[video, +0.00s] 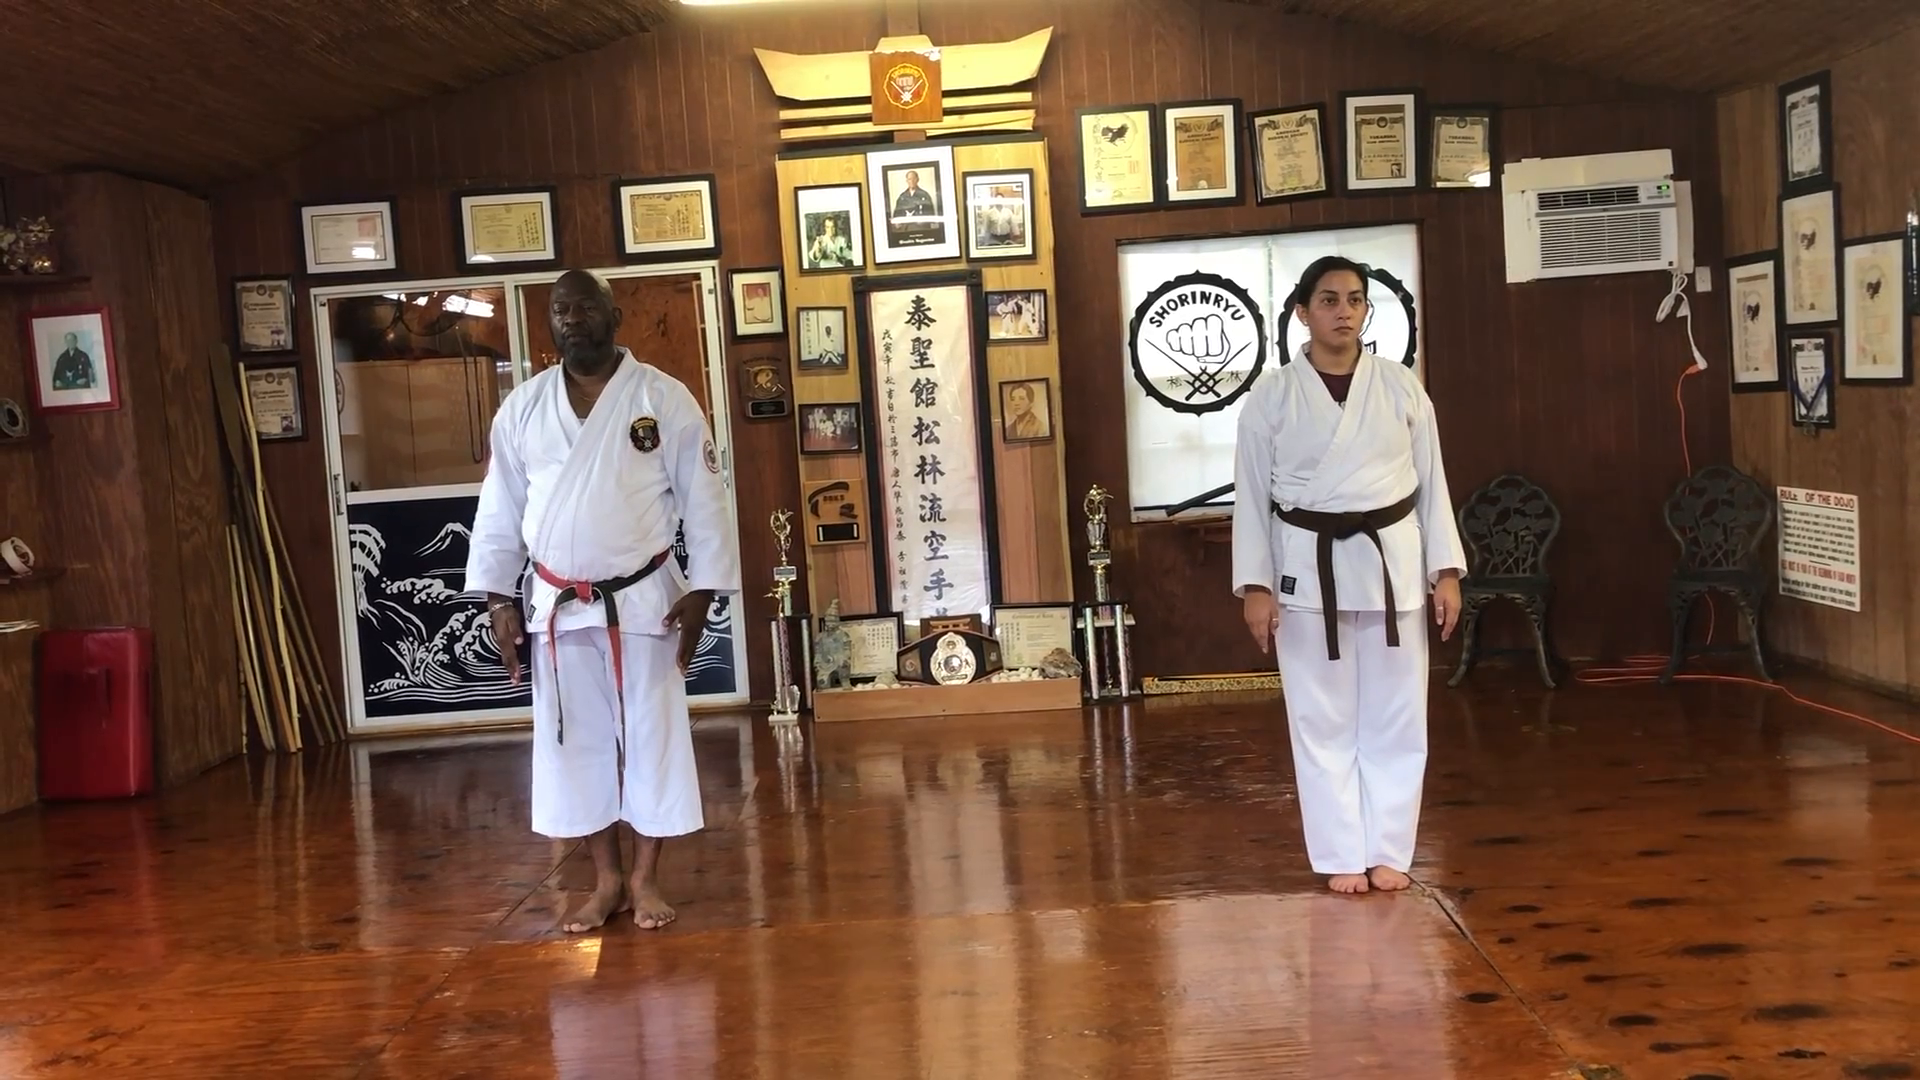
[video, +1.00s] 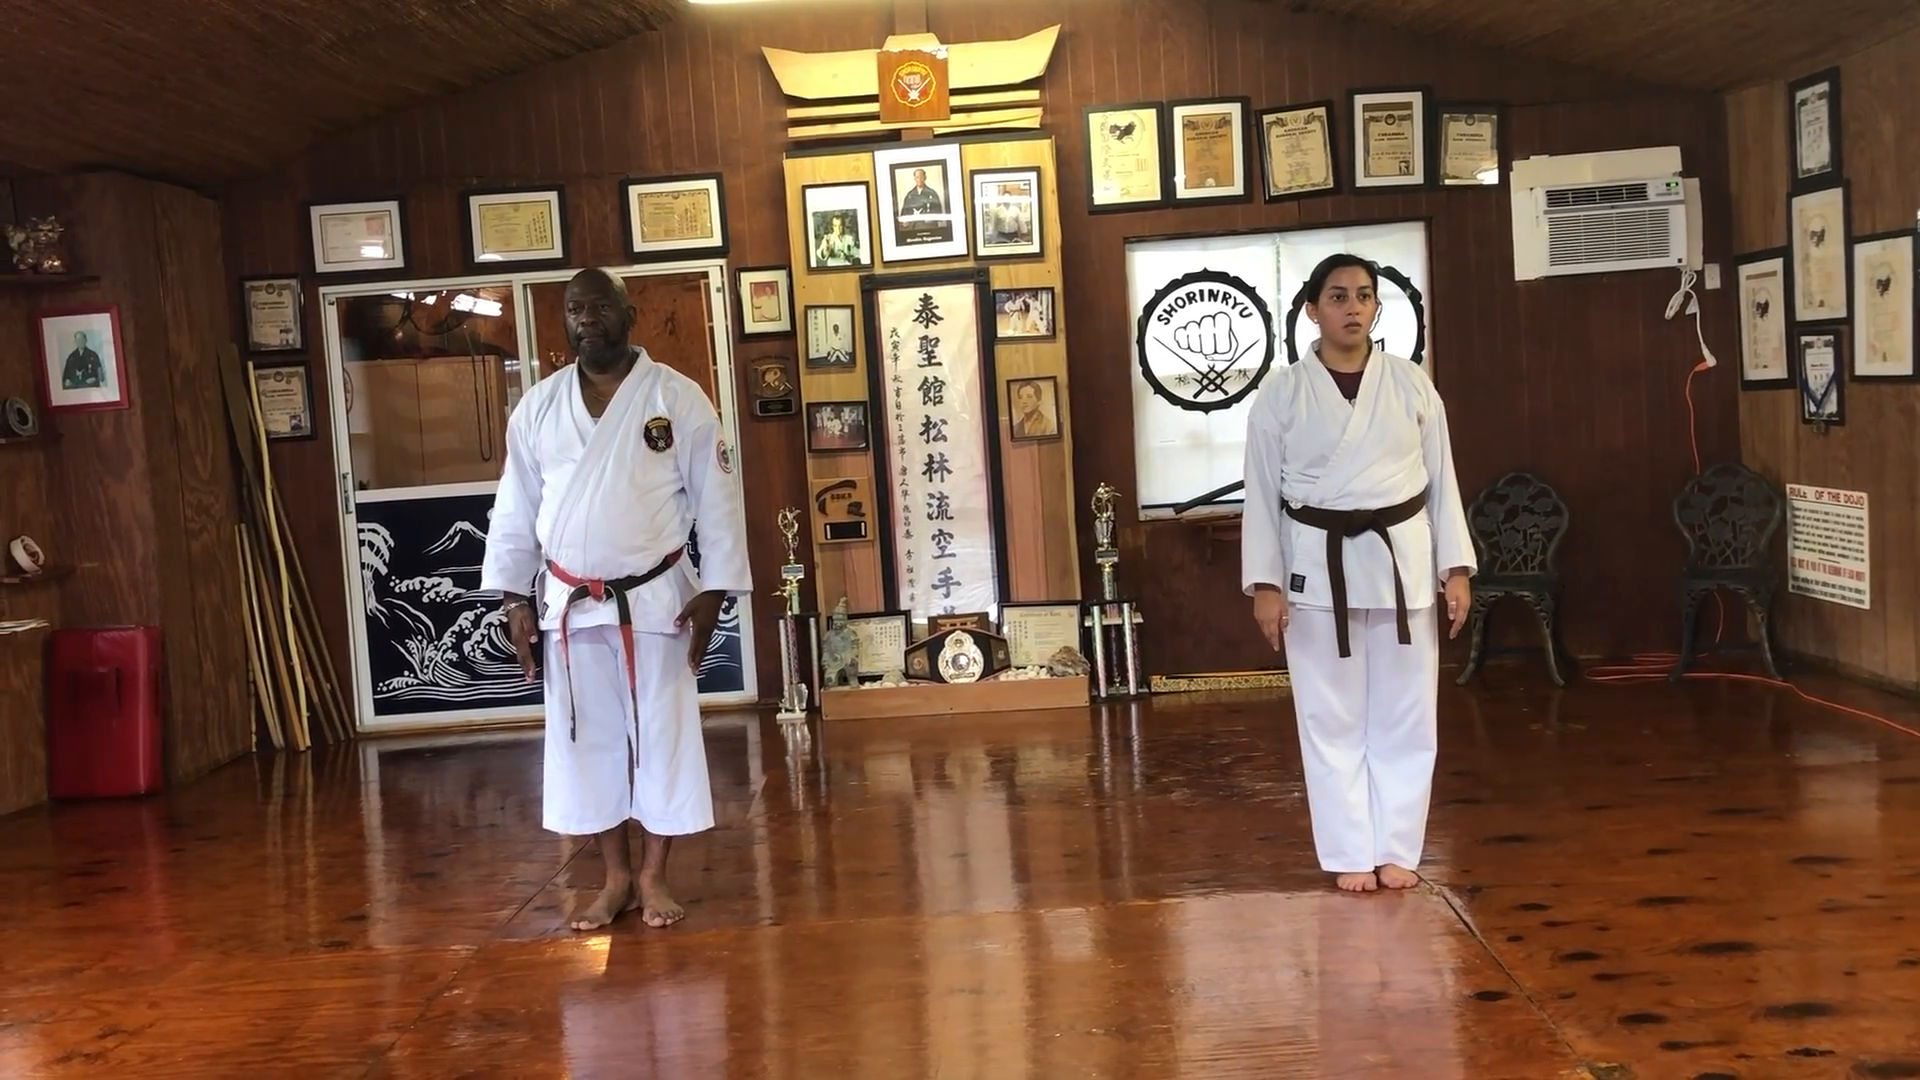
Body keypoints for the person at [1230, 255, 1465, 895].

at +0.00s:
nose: (1344, 311)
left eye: (1355, 299)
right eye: (1329, 299)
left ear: (1367, 311)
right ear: (1302, 311)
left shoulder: (1400, 385)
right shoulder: (1269, 396)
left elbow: (1430, 485)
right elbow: (1251, 497)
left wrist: (1445, 571)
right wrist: (1255, 584)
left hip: (1394, 569)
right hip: (1307, 574)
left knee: (1394, 718)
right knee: (1323, 720)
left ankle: (1388, 855)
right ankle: (1341, 860)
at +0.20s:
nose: (1346, 311)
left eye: (1357, 299)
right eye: (1331, 299)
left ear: (1369, 311)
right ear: (1304, 311)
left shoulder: (1403, 385)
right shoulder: (1270, 396)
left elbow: (1432, 485)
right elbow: (1253, 497)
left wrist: (1447, 570)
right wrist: (1256, 583)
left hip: (1395, 567)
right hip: (1308, 573)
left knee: (1396, 717)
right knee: (1325, 719)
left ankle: (1390, 855)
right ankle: (1343, 860)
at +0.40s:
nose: (1349, 310)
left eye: (1359, 299)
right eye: (1333, 299)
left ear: (1371, 311)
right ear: (1306, 311)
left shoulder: (1404, 385)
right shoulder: (1273, 396)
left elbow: (1434, 485)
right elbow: (1255, 497)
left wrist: (1449, 571)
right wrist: (1259, 584)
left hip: (1398, 569)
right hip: (1310, 574)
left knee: (1398, 717)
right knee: (1327, 719)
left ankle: (1391, 856)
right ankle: (1344, 860)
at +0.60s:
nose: (1351, 310)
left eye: (1361, 299)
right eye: (1335, 298)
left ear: (1373, 311)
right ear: (1308, 311)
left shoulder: (1407, 385)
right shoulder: (1275, 395)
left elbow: (1436, 484)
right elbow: (1257, 496)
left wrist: (1452, 570)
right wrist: (1261, 583)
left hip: (1400, 569)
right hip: (1312, 573)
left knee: (1400, 717)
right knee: (1329, 719)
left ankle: (1393, 854)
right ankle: (1346, 858)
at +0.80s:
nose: (1352, 310)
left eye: (1363, 297)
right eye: (1337, 297)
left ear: (1376, 309)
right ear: (1311, 310)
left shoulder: (1409, 383)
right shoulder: (1277, 393)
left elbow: (1439, 483)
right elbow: (1259, 495)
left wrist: (1453, 568)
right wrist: (1263, 583)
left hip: (1402, 568)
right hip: (1314, 573)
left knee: (1402, 716)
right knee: (1331, 718)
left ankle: (1395, 854)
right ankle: (1348, 858)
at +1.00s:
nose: (1354, 307)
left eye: (1364, 296)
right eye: (1338, 296)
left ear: (1377, 308)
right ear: (1312, 309)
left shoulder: (1410, 382)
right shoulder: (1279, 393)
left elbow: (1440, 482)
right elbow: (1261, 494)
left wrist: (1455, 566)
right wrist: (1264, 582)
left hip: (1404, 567)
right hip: (1316, 572)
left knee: (1404, 715)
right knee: (1333, 718)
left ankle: (1397, 853)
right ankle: (1350, 857)